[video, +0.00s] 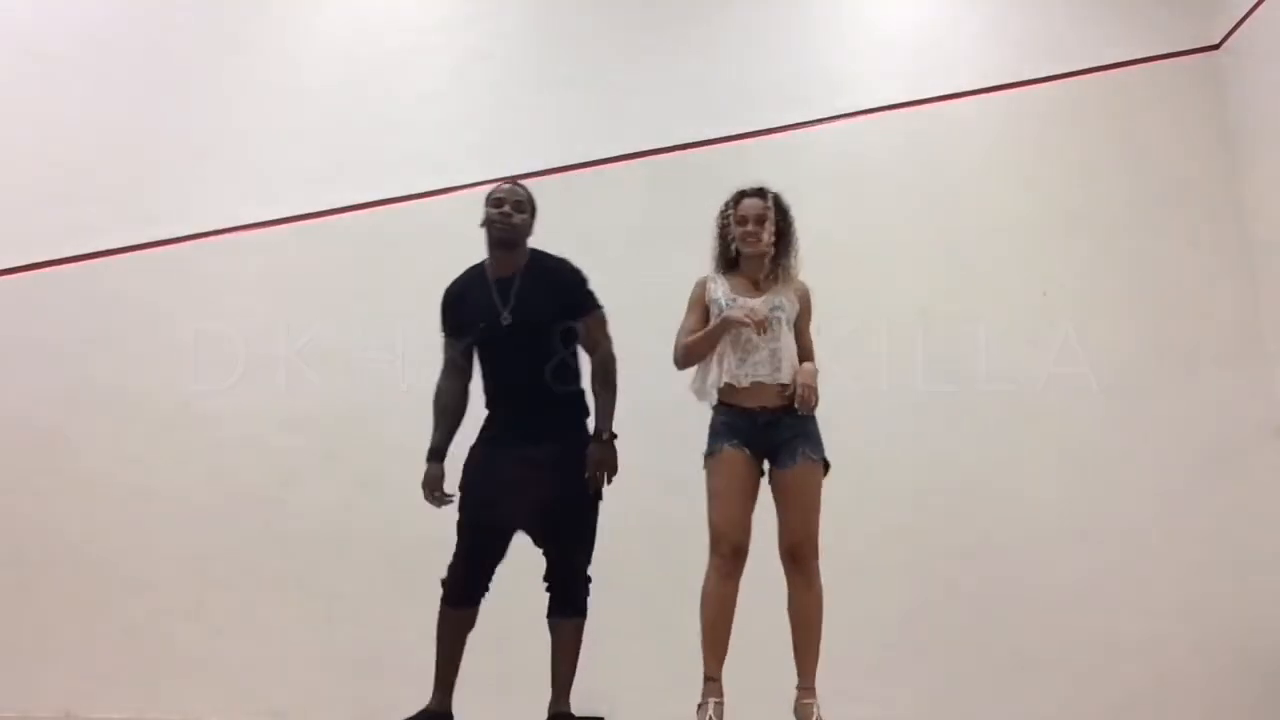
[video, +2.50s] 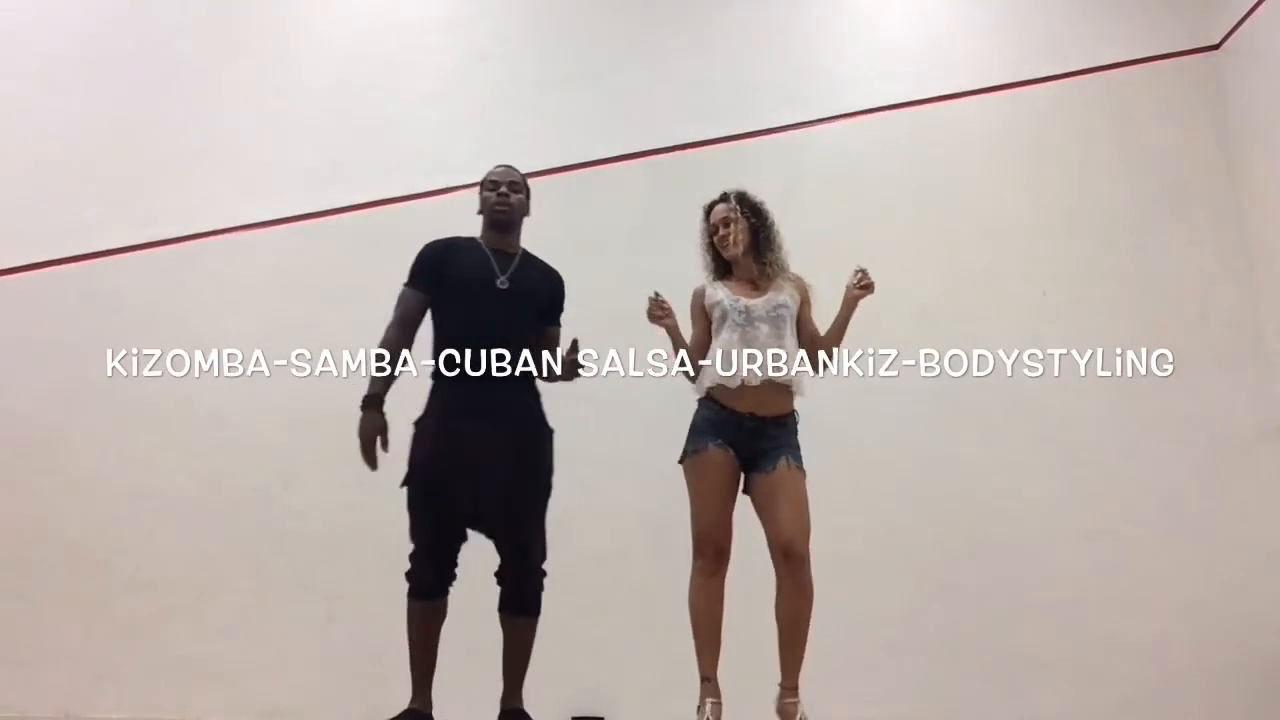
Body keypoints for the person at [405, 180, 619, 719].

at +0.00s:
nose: (506, 211)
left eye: (518, 206)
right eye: (497, 204)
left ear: (533, 222)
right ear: (482, 218)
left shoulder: (561, 278)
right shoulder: (464, 291)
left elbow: (602, 355)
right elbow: (455, 376)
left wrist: (604, 435)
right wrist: (436, 455)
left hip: (564, 446)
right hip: (499, 445)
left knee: (569, 581)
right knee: (464, 576)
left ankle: (560, 707)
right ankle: (440, 703)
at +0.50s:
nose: (478, 208)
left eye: (490, 207)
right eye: (469, 204)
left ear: (502, 230)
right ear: (452, 222)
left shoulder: (520, 288)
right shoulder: (422, 285)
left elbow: (552, 371)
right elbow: (405, 358)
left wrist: (539, 445)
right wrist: (429, 397)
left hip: (505, 428)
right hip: (446, 428)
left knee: (479, 534)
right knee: (437, 557)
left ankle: (507, 670)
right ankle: (437, 703)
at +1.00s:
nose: (501, 210)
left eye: (512, 207)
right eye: (491, 206)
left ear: (526, 230)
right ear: (476, 228)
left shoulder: (543, 300)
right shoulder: (448, 272)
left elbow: (559, 377)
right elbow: (403, 346)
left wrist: (515, 390)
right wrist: (378, 419)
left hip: (504, 456)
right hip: (438, 452)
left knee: (497, 577)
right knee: (425, 569)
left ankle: (465, 703)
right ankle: (432, 689)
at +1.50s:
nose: (478, 185)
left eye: (489, 181)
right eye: (468, 181)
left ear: (505, 200)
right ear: (453, 200)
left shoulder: (533, 261)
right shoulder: (425, 263)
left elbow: (559, 321)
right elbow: (388, 331)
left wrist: (535, 367)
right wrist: (413, 376)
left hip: (503, 434)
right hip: (438, 430)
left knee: (484, 570)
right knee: (425, 558)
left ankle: (465, 702)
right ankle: (415, 687)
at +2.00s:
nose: (461, 183)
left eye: (472, 180)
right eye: (452, 178)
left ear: (487, 200)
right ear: (436, 198)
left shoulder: (510, 259)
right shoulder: (408, 267)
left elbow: (528, 353)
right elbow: (383, 337)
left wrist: (519, 429)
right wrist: (398, 350)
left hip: (475, 431)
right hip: (413, 431)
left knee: (459, 559)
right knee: (410, 566)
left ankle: (475, 695)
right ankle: (418, 702)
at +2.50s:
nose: (503, 192)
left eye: (514, 187)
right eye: (493, 185)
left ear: (529, 207)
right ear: (477, 202)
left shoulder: (545, 280)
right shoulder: (442, 256)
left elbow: (543, 363)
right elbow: (401, 329)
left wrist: (563, 365)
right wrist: (372, 403)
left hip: (519, 442)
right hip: (447, 435)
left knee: (524, 574)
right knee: (429, 568)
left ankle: (512, 703)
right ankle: (420, 703)